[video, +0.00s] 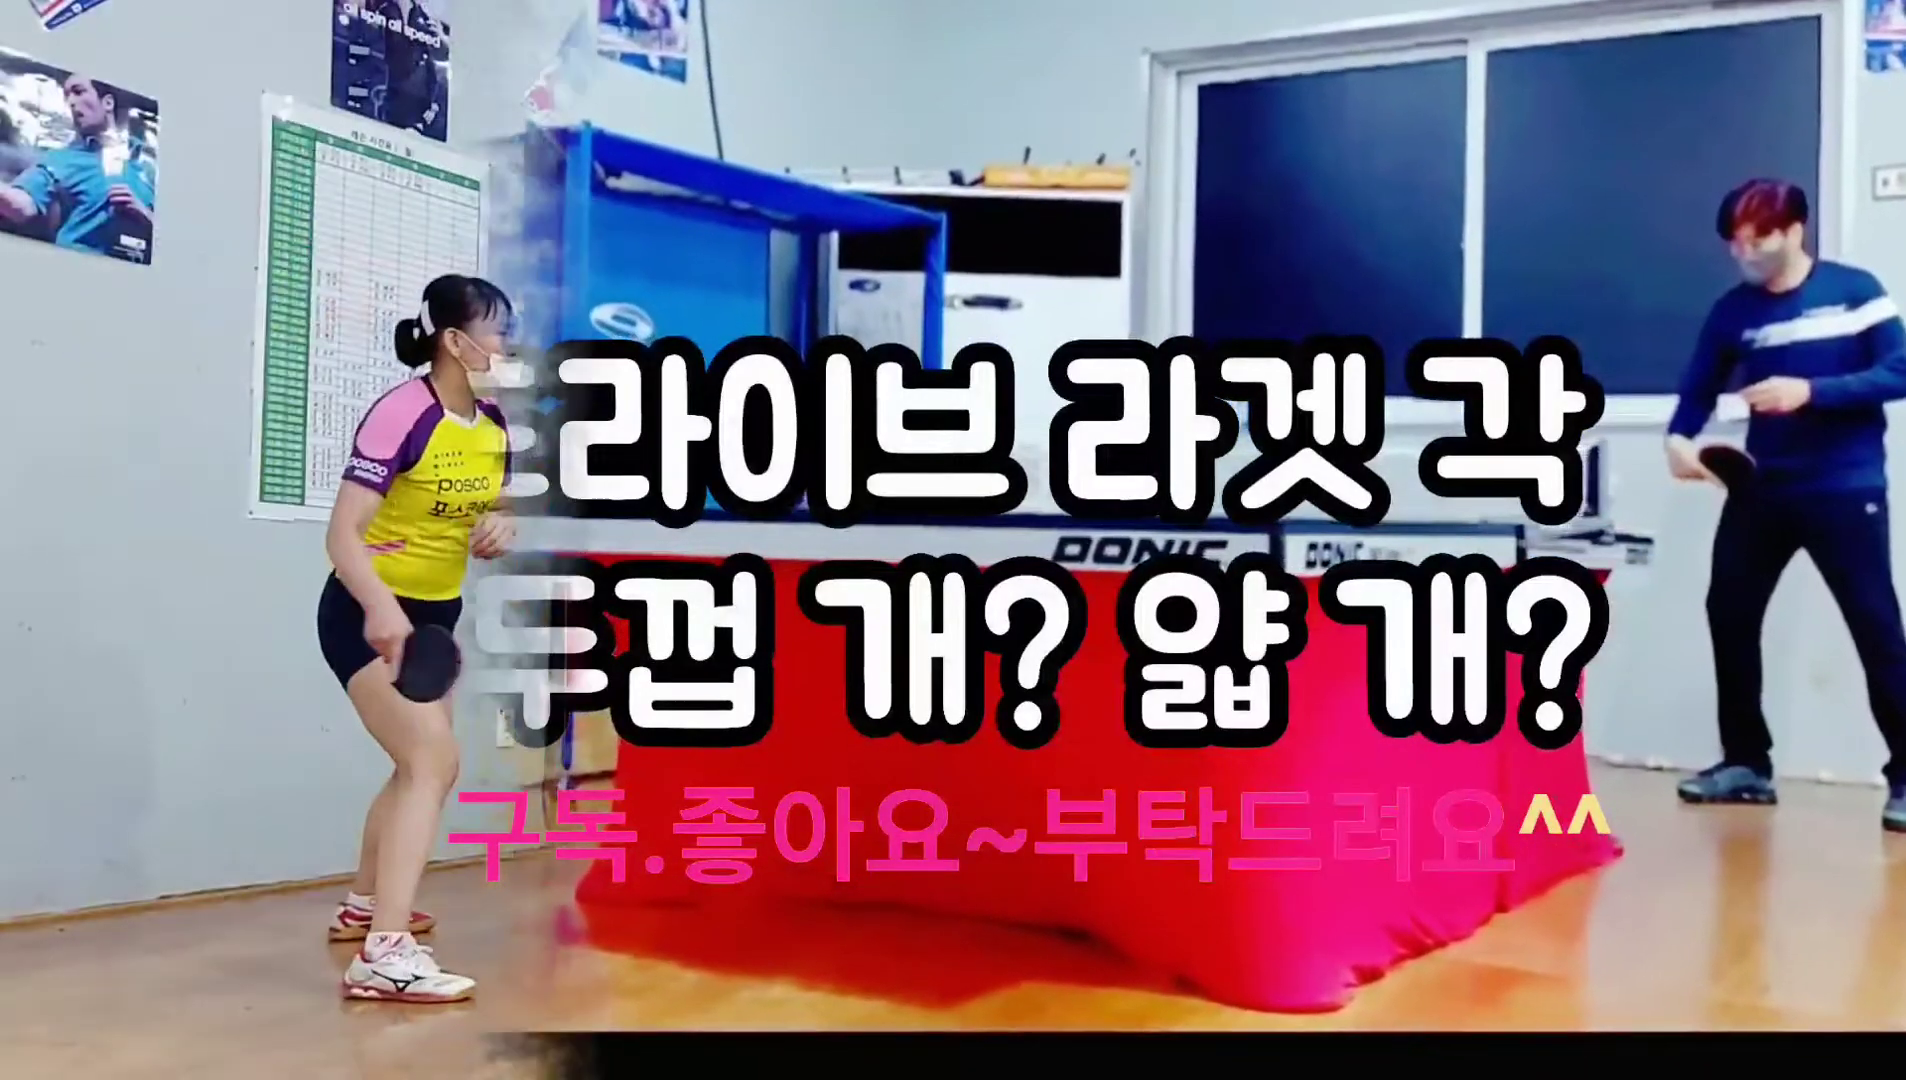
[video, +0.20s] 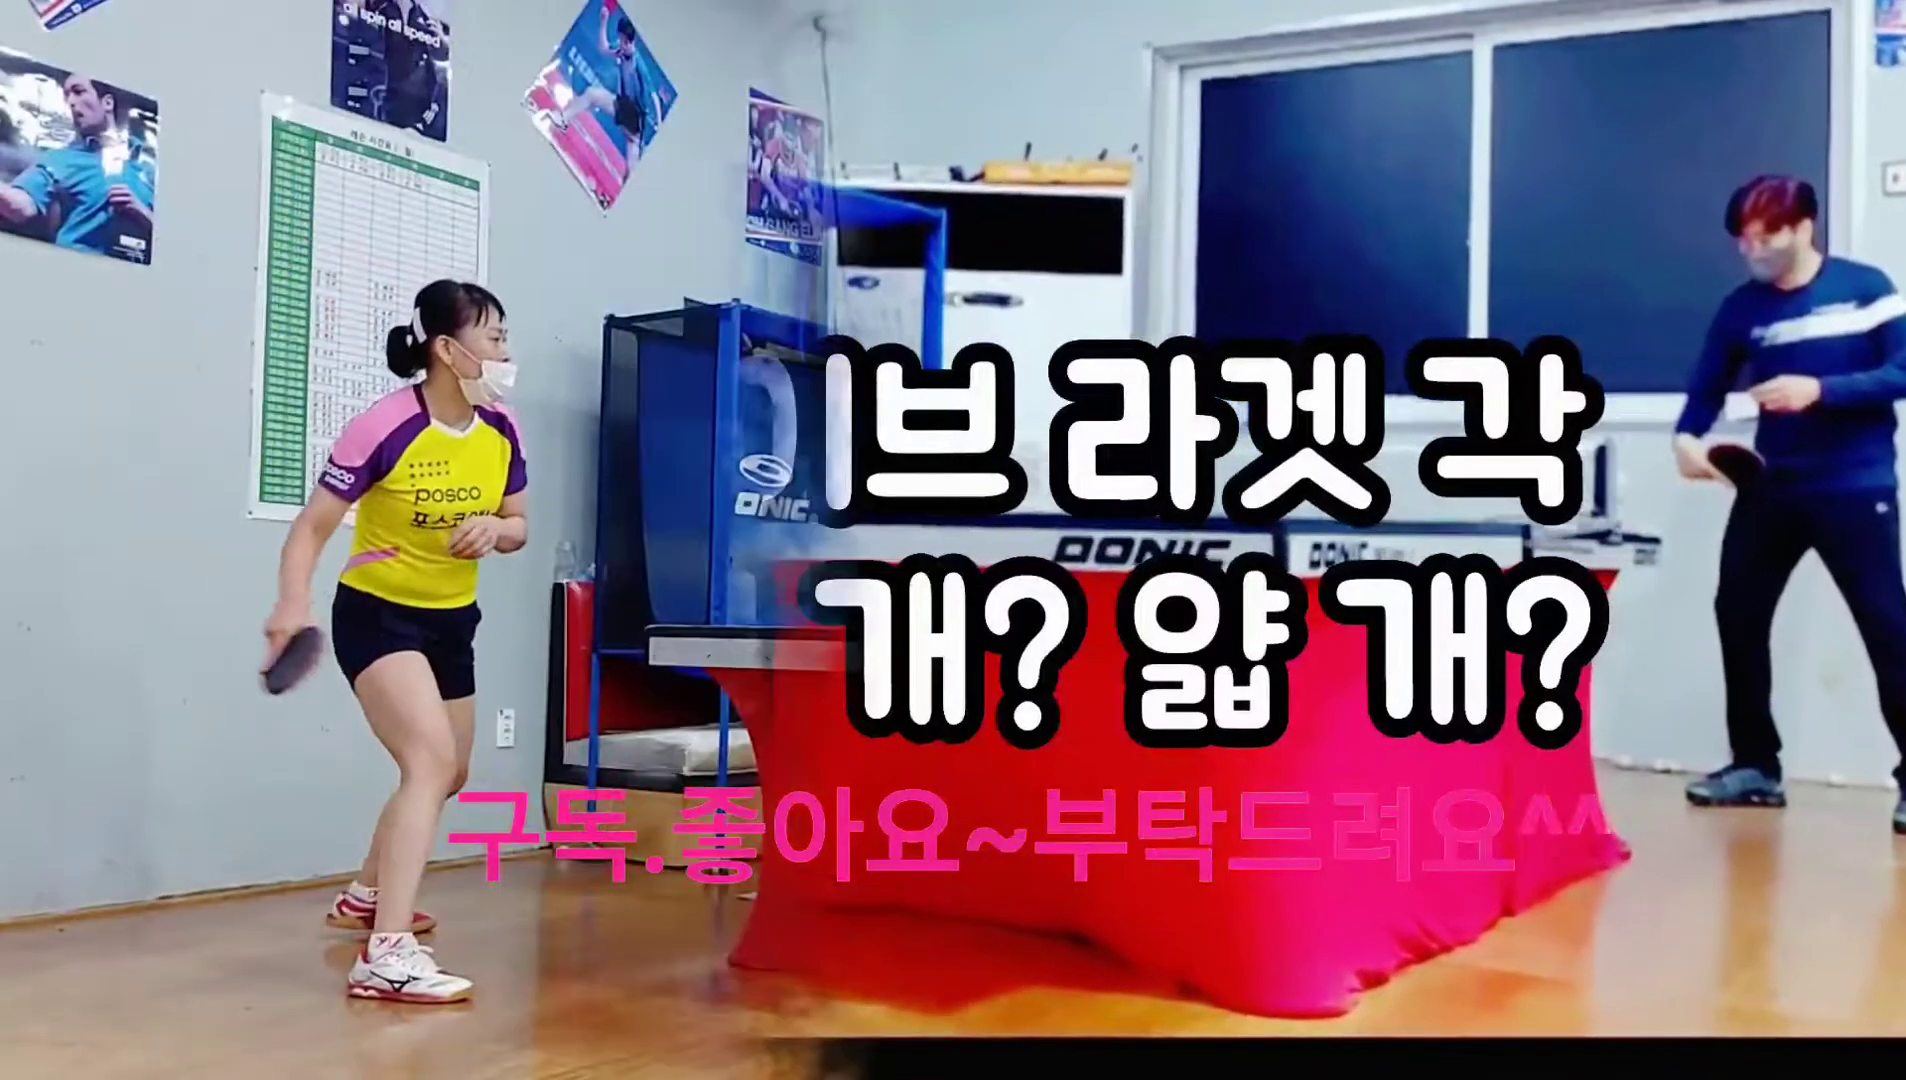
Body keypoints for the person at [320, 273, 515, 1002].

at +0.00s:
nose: (498, 345)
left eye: (501, 332)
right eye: (486, 332)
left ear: (485, 343)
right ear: (448, 340)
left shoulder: (492, 423)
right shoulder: (401, 412)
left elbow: (486, 521)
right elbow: (341, 532)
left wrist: (502, 523)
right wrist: (381, 606)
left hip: (433, 611)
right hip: (367, 608)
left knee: (421, 766)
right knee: (434, 760)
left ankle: (366, 901)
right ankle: (387, 948)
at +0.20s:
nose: (502, 345)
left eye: (500, 332)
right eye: (489, 333)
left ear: (461, 349)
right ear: (445, 348)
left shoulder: (499, 426)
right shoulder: (383, 427)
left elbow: (517, 527)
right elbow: (310, 527)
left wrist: (496, 530)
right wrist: (293, 605)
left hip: (452, 617)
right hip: (378, 612)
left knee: (449, 770)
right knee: (430, 762)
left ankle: (369, 890)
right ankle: (389, 953)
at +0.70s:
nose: (511, 379)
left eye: (518, 368)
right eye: (502, 364)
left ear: (514, 373)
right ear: (458, 363)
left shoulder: (496, 444)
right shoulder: (407, 426)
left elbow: (486, 530)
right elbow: (354, 505)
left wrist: (495, 536)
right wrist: (325, 540)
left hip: (451, 624)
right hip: (391, 615)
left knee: (478, 779)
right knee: (402, 763)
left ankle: (386, 890)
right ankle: (381, 941)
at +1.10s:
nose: (504, 377)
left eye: (504, 365)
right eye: (495, 363)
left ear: (447, 367)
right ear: (455, 365)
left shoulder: (410, 421)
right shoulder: (449, 415)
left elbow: (391, 507)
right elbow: (562, 451)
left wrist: (449, 554)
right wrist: (586, 402)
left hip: (361, 614)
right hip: (363, 616)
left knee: (425, 764)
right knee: (417, 780)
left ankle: (379, 889)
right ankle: (331, 946)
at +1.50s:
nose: (459, 431)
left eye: (462, 417)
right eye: (446, 418)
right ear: (399, 429)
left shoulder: (471, 495)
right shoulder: (336, 495)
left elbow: (487, 586)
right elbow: (239, 569)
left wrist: (450, 586)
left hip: (410, 670)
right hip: (330, 654)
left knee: (418, 834)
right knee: (400, 762)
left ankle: (322, 892)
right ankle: (341, 952)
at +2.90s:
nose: (433, 369)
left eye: (434, 360)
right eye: (426, 356)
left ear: (382, 354)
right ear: (385, 351)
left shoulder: (358, 415)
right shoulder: (356, 396)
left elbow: (316, 504)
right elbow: (468, 393)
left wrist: (376, 538)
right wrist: (501, 348)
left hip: (283, 607)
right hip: (278, 607)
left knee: (322, 770)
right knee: (340, 777)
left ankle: (282, 898)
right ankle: (265, 952)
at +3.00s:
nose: (424, 398)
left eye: (426, 388)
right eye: (419, 385)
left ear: (365, 384)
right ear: (379, 379)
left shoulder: (316, 429)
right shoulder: (371, 415)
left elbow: (302, 517)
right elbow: (489, 401)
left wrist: (363, 563)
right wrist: (487, 361)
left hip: (241, 622)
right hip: (283, 622)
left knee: (325, 772)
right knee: (358, 795)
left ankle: (279, 900)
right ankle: (267, 952)